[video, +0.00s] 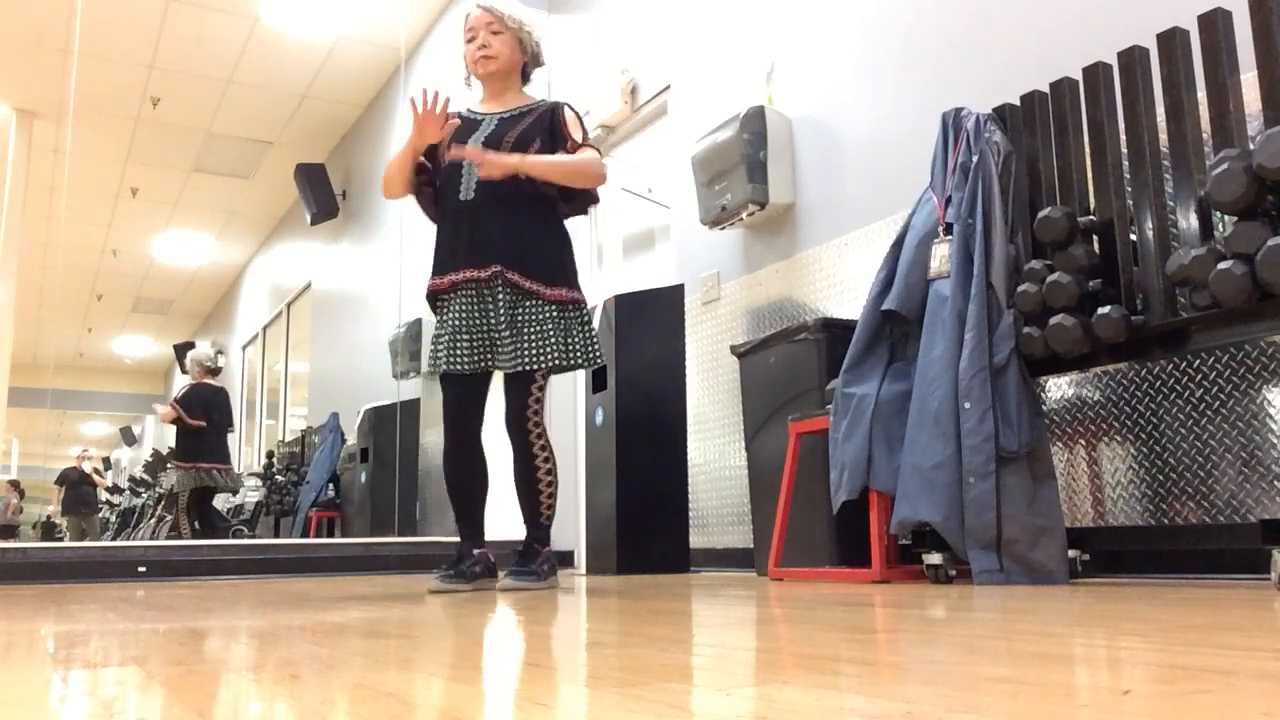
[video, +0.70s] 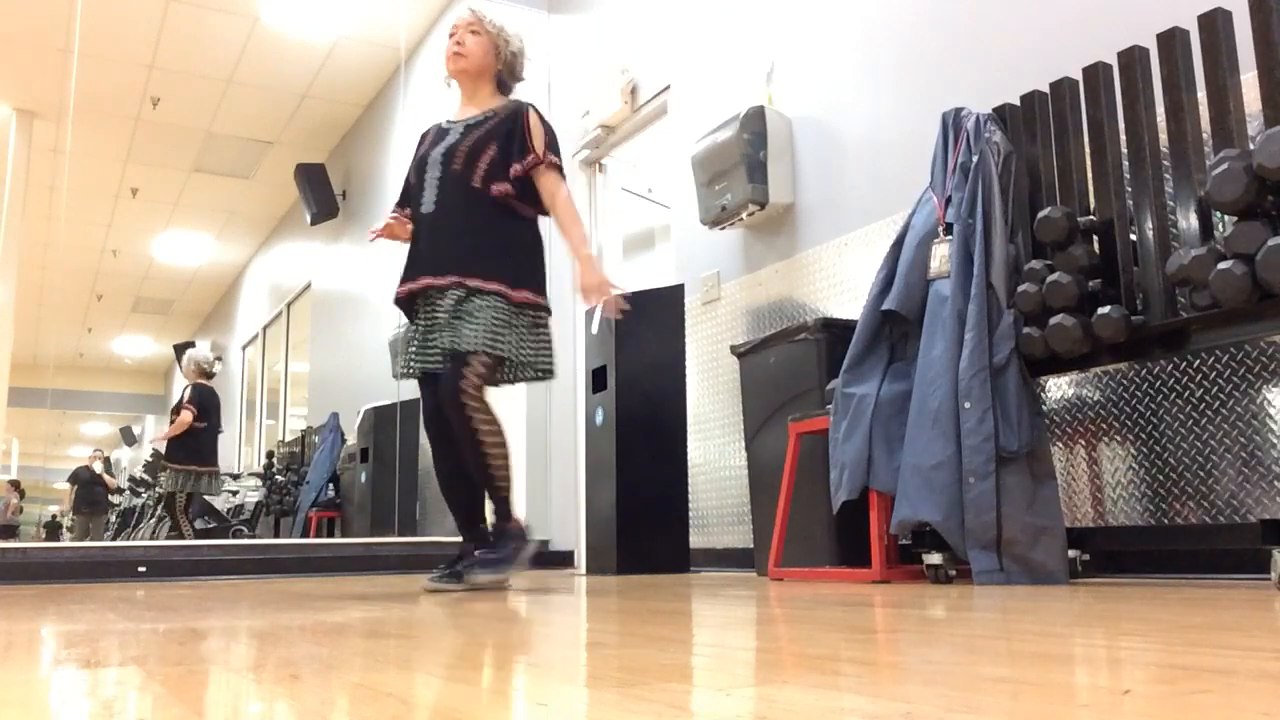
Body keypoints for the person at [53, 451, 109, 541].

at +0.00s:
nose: (85, 461)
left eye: (88, 458)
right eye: (83, 458)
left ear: (91, 460)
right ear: (77, 458)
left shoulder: (94, 471)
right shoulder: (68, 471)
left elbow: (103, 484)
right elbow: (58, 489)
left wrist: (91, 473)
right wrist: (55, 507)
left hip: (91, 512)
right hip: (73, 512)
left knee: (95, 538)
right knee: (74, 540)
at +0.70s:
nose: (96, 460)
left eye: (99, 458)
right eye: (94, 457)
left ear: (103, 460)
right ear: (89, 458)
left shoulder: (107, 473)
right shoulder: (80, 471)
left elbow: (114, 486)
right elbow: (69, 487)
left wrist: (102, 473)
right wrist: (67, 504)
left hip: (99, 512)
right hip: (81, 511)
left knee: (97, 540)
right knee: (78, 539)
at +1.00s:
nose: (102, 460)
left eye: (105, 458)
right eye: (100, 457)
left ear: (109, 460)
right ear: (96, 458)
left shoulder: (113, 471)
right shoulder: (87, 470)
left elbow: (119, 484)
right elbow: (76, 487)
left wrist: (107, 473)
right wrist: (73, 505)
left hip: (105, 511)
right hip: (87, 511)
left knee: (99, 539)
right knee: (84, 538)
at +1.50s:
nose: (105, 461)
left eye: (108, 459)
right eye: (103, 458)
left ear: (112, 460)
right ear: (99, 459)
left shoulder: (117, 471)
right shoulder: (92, 471)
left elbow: (122, 485)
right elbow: (82, 489)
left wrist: (109, 473)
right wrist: (79, 505)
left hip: (108, 512)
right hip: (90, 511)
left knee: (101, 540)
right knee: (83, 538)